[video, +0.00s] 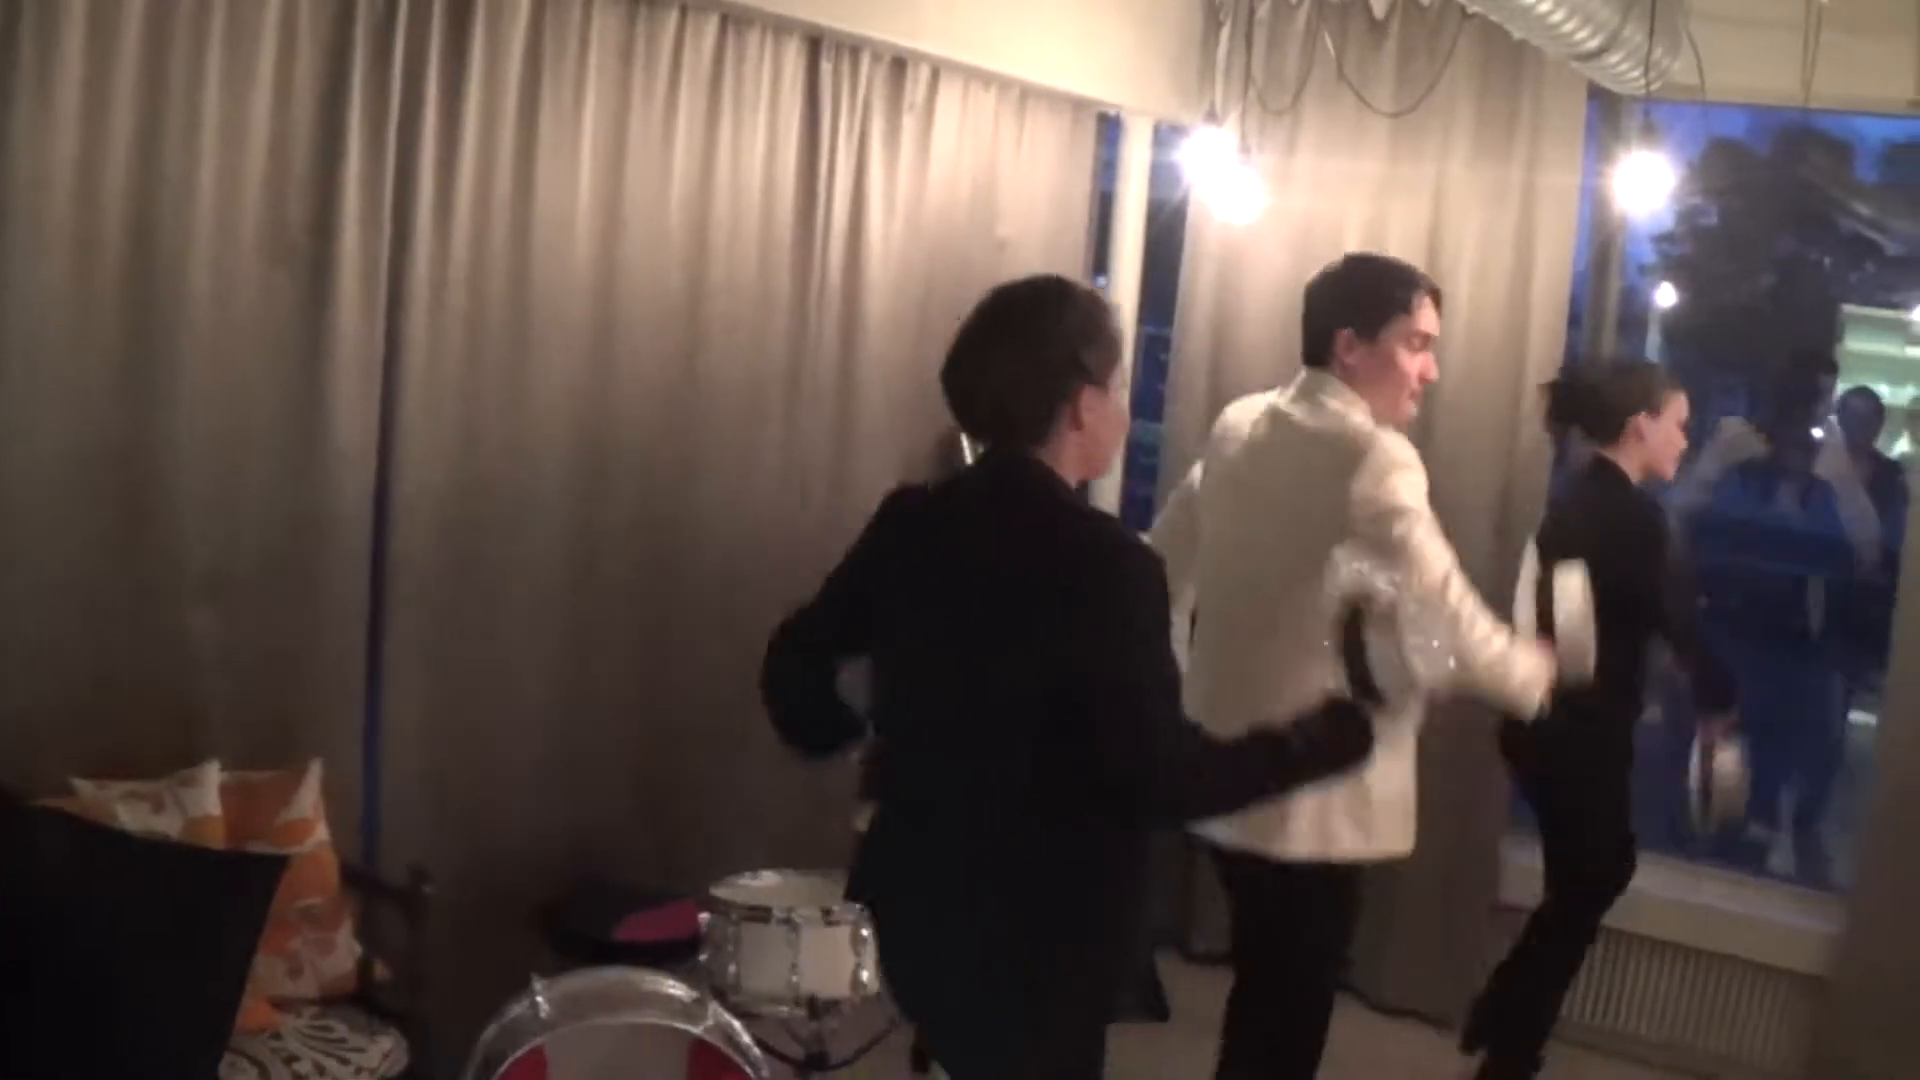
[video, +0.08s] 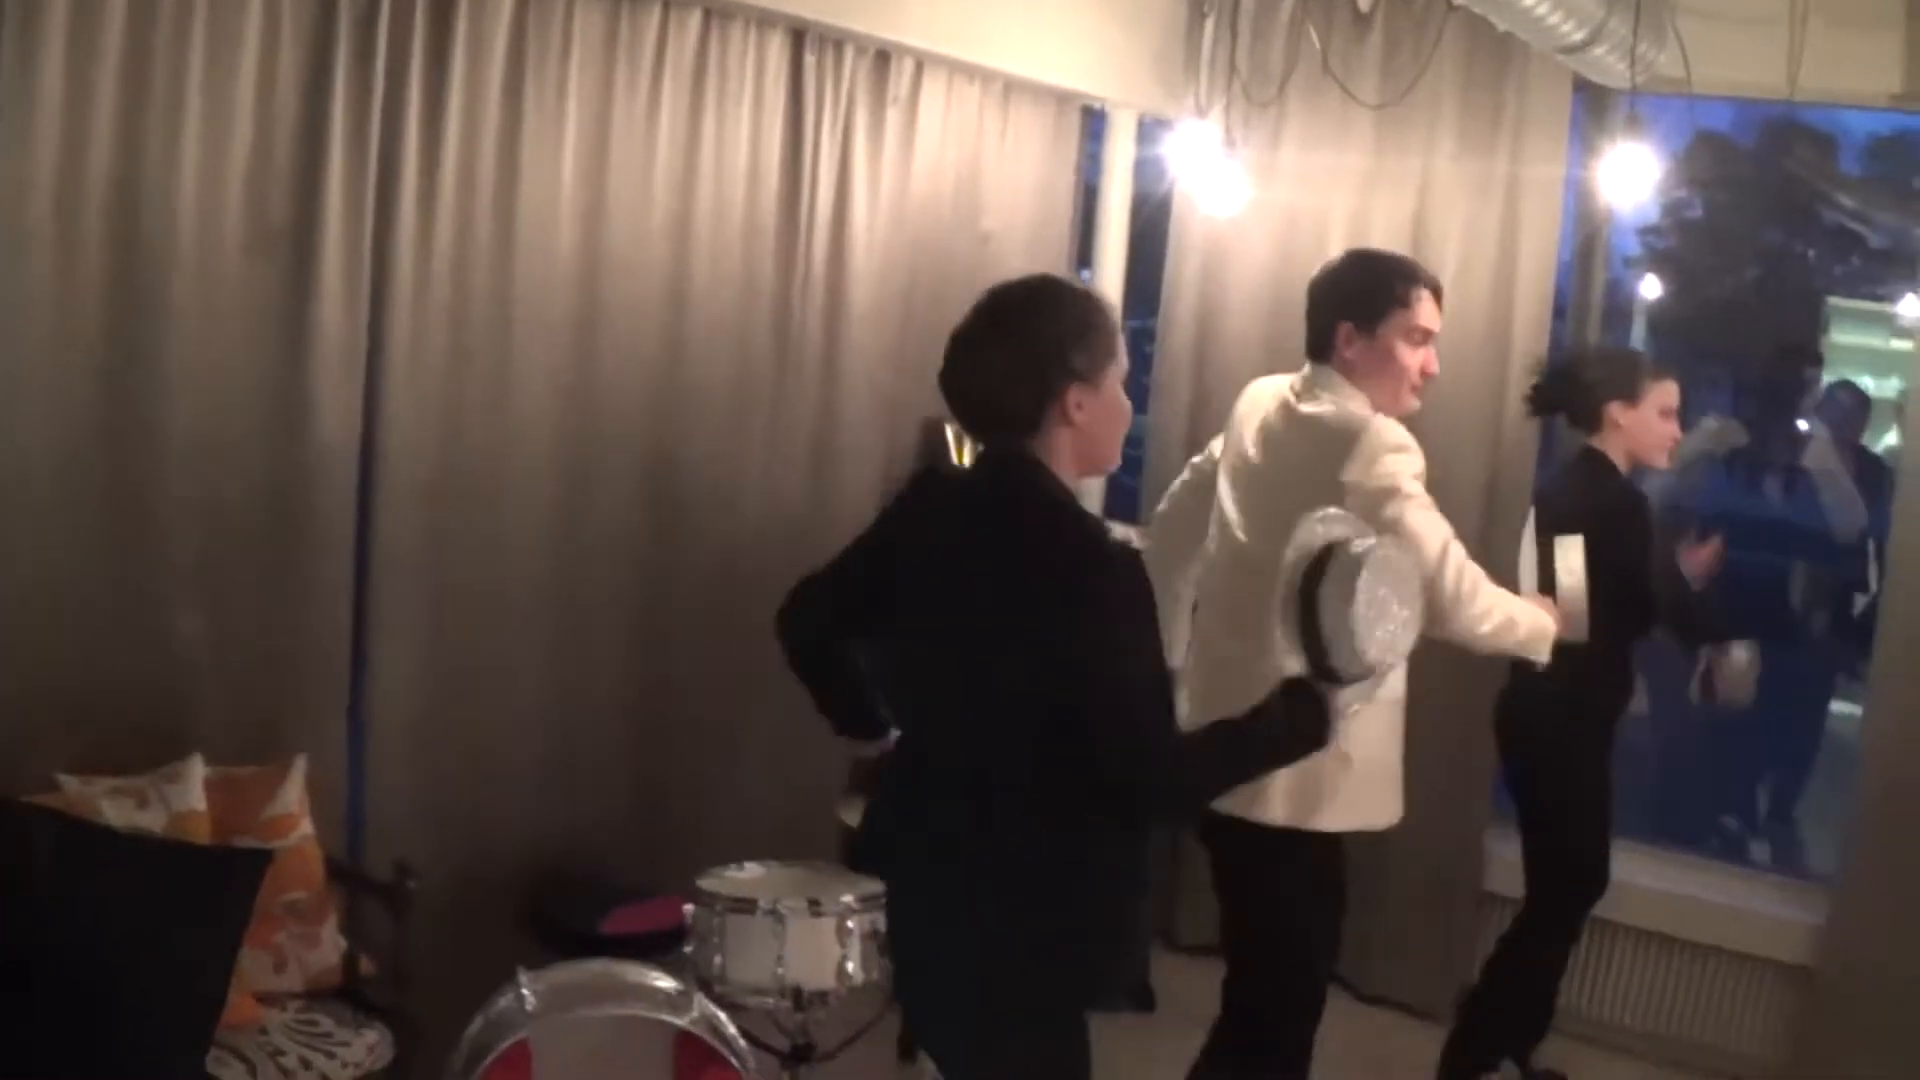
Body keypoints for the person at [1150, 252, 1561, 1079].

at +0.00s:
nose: (1432, 372)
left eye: (1431, 349)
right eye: (1418, 347)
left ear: (1337, 349)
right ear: (1350, 348)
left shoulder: (1241, 425)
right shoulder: (1376, 462)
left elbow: (1164, 557)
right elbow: (1440, 626)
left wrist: (1177, 674)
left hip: (1226, 782)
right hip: (1316, 805)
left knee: (1257, 1012)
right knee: (1286, 1034)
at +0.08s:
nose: (1433, 366)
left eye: (1433, 344)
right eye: (1418, 341)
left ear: (1340, 341)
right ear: (1349, 340)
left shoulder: (1258, 406)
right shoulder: (1374, 448)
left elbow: (1167, 534)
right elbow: (1451, 593)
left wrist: (1166, 649)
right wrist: (1544, 624)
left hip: (1224, 765)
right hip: (1299, 792)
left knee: (1255, 1003)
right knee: (1280, 1016)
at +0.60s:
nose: (1312, 281)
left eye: (1315, 261)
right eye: (1292, 260)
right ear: (1221, 266)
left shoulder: (1285, 378)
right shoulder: (1149, 388)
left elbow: (1336, 511)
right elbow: (1088, 572)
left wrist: (1453, 571)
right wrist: (1163, 658)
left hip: (1230, 737)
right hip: (1147, 748)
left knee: (1176, 970)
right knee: (1131, 972)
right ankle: (1062, 1072)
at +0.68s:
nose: (1280, 265)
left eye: (1283, 246)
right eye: (1259, 244)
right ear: (1187, 249)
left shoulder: (1246, 372)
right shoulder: (1114, 378)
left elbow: (1298, 518)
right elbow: (1051, 548)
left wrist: (1411, 569)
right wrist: (1073, 587)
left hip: (1210, 727)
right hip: (1111, 738)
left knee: (1195, 922)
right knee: (1095, 950)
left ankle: (1139, 1060)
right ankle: (1033, 1068)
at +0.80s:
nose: (1239, 258)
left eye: (1242, 237)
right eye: (1218, 235)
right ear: (1144, 242)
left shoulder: (1194, 372)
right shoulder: (1069, 375)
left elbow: (1223, 541)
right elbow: (1008, 555)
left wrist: (1329, 610)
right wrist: (1078, 651)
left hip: (1160, 716)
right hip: (1056, 728)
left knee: (1239, 871)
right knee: (1051, 951)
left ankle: (1114, 1054)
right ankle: (995, 1070)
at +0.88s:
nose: (1223, 246)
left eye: (1226, 224)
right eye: (1203, 222)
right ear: (1129, 226)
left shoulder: (1172, 358)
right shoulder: (1047, 361)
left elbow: (1191, 530)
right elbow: (990, 543)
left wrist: (1291, 607)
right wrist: (1073, 631)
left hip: (1137, 706)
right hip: (1035, 717)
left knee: (1240, 865)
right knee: (1035, 945)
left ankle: (1092, 1067)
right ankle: (972, 1079)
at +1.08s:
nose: (1198, 202)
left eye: (1202, 181)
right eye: (1181, 177)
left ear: (1125, 183)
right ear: (1105, 178)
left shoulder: (1148, 311)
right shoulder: (1025, 306)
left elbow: (1144, 500)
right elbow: (971, 476)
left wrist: (1250, 543)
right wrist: (1071, 520)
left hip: (1122, 672)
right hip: (1015, 674)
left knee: (1134, 915)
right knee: (980, 916)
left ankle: (1094, 1077)